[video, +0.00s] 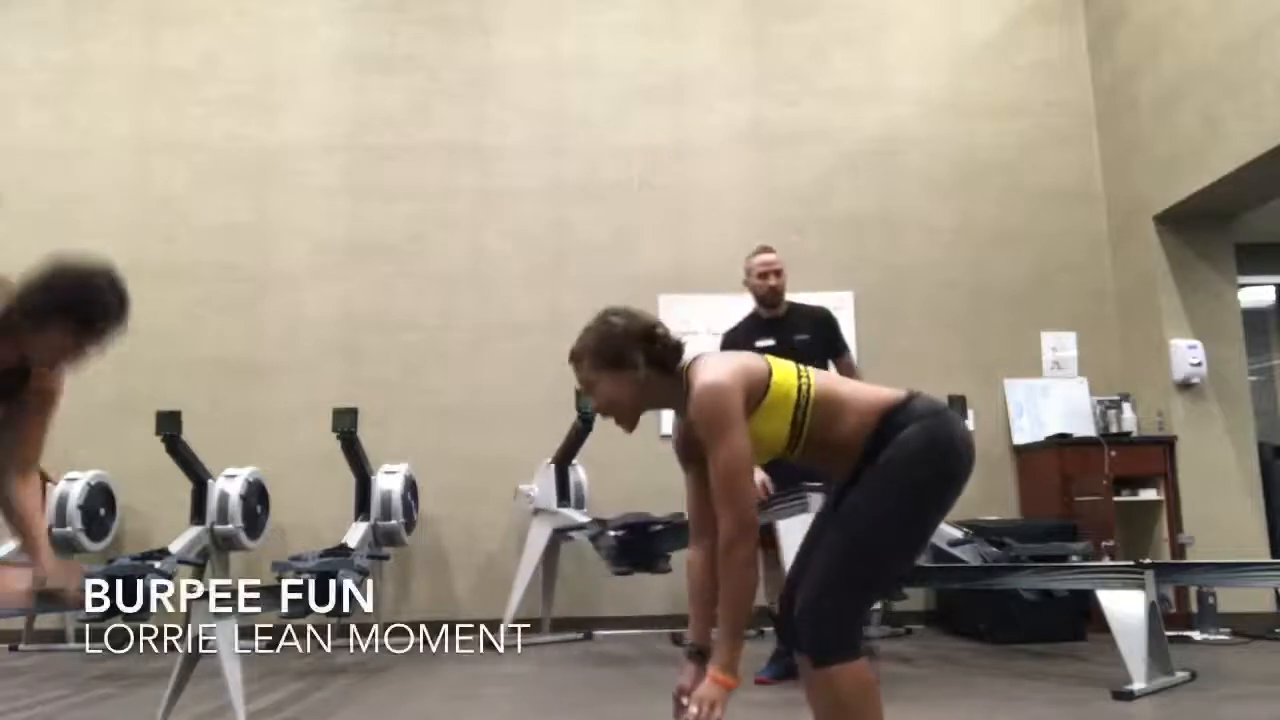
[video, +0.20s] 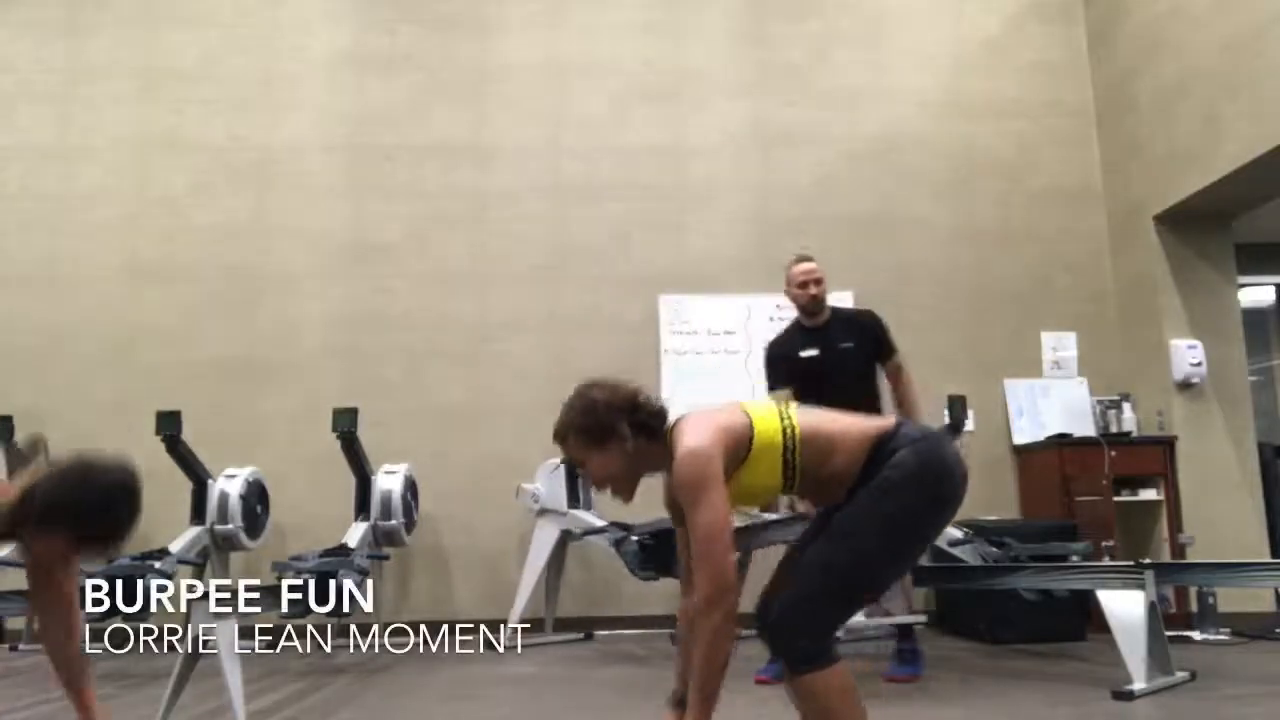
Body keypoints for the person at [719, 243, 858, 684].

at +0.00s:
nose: (771, 282)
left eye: (776, 273)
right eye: (762, 275)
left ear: (786, 276)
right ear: (747, 282)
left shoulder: (818, 320)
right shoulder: (735, 340)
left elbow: (851, 379)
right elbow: (719, 403)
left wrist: (855, 436)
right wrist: (746, 467)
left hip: (825, 450)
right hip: (769, 456)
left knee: (833, 544)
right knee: (766, 541)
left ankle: (850, 633)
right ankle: (785, 639)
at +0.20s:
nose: (812, 290)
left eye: (817, 282)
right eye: (803, 285)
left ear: (827, 284)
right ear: (789, 293)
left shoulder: (865, 324)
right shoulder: (781, 349)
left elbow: (897, 375)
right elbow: (782, 415)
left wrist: (913, 430)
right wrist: (791, 481)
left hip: (873, 455)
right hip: (816, 466)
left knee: (888, 546)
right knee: (808, 556)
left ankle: (906, 638)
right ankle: (786, 646)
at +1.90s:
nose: (787, 300)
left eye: (794, 293)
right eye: (788, 293)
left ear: (818, 296)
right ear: (807, 297)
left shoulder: (840, 331)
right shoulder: (819, 337)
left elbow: (866, 386)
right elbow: (828, 400)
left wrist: (851, 446)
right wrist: (824, 447)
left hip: (866, 440)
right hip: (843, 440)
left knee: (857, 538)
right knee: (848, 533)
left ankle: (885, 639)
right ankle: (882, 635)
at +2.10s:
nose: (782, 295)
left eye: (788, 288)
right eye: (783, 288)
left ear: (811, 291)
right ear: (808, 292)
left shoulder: (824, 327)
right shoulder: (820, 327)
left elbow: (839, 385)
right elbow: (832, 392)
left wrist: (815, 444)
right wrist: (810, 440)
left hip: (843, 450)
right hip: (848, 449)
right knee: (850, 547)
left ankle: (886, 638)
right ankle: (884, 638)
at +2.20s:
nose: (770, 297)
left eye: (775, 290)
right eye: (770, 290)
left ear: (798, 292)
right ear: (796, 293)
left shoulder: (811, 327)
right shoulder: (810, 327)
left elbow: (824, 387)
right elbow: (825, 393)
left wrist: (796, 445)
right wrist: (805, 444)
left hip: (833, 445)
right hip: (843, 443)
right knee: (849, 544)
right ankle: (884, 639)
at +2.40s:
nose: (729, 297)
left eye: (736, 291)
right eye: (730, 291)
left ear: (759, 292)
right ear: (756, 294)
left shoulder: (771, 332)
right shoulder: (771, 331)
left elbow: (793, 396)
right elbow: (794, 398)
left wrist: (771, 447)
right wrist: (780, 445)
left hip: (806, 451)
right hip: (817, 449)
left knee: (777, 546)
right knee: (842, 545)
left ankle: (766, 652)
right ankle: (882, 640)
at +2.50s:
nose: (704, 291)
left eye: (711, 284)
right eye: (705, 284)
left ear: (734, 288)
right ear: (728, 288)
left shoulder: (749, 329)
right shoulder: (740, 329)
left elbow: (774, 397)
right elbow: (751, 401)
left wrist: (758, 458)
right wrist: (743, 453)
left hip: (789, 444)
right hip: (796, 441)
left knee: (768, 545)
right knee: (820, 534)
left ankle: (765, 652)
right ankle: (869, 619)